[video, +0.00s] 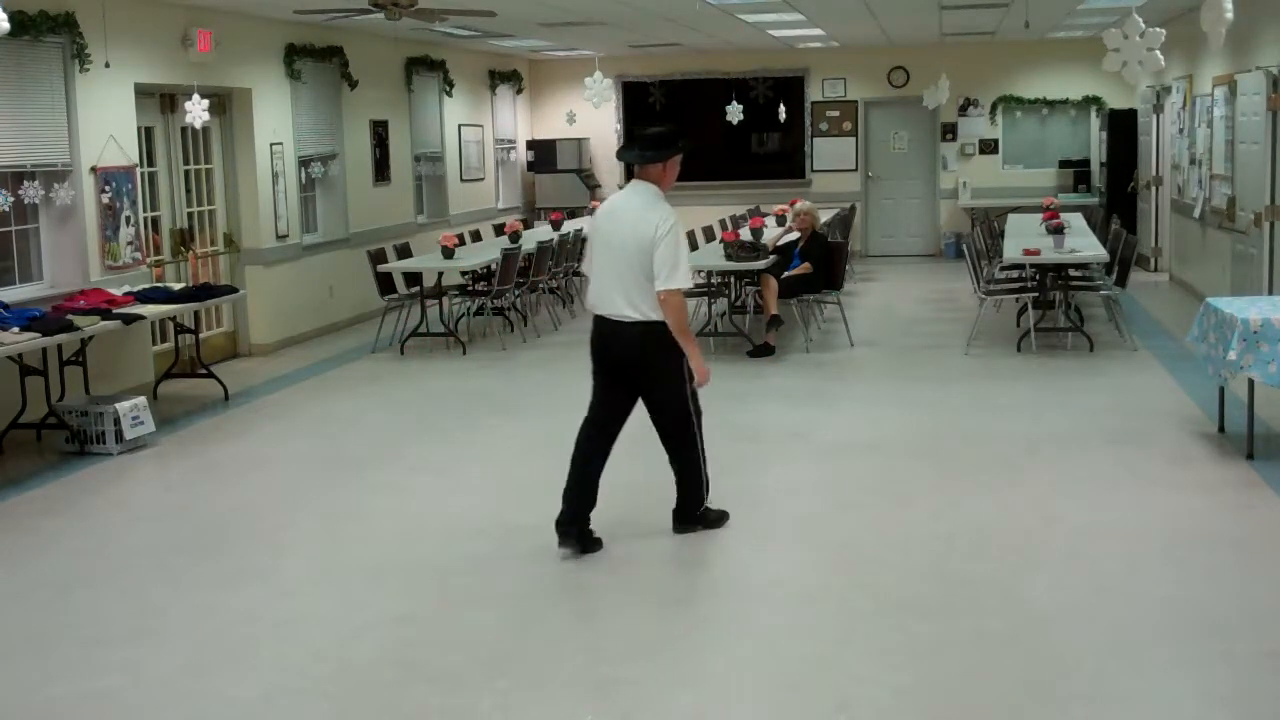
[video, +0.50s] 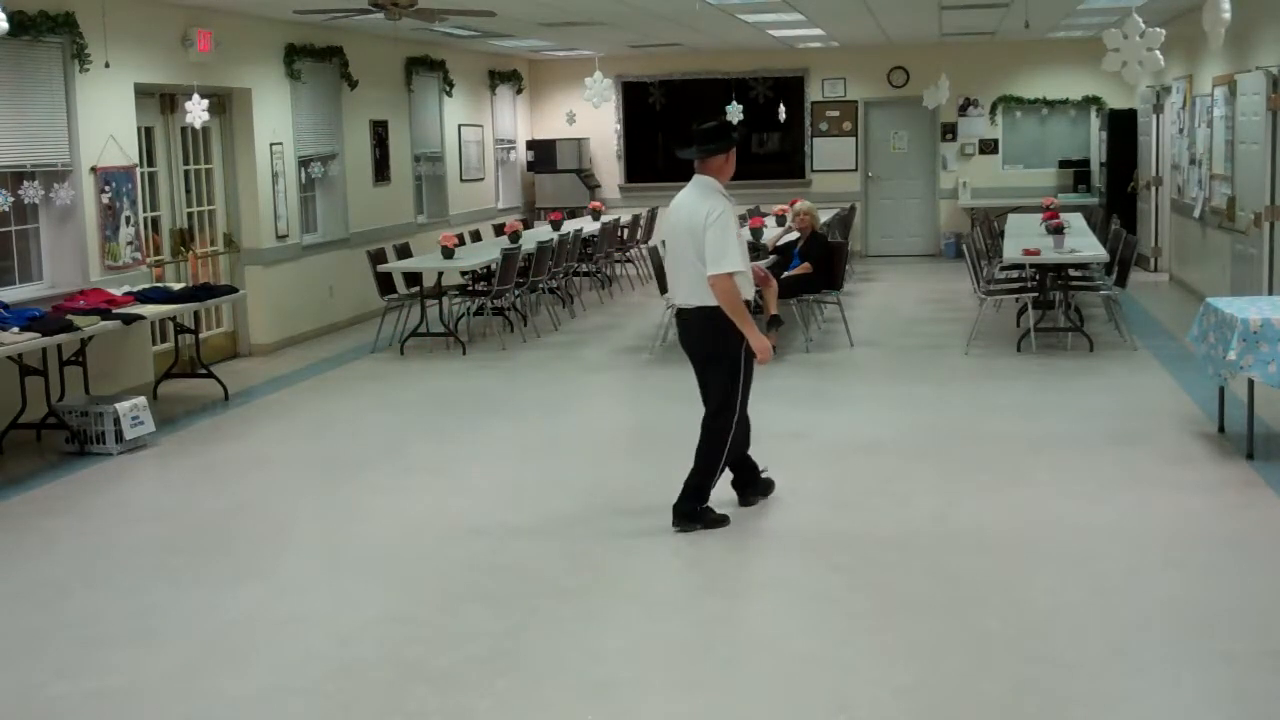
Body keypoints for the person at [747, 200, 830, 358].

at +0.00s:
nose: (801, 218)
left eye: (805, 215)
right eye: (798, 215)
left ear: (813, 219)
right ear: (795, 220)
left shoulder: (820, 240)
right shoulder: (796, 242)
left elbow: (809, 267)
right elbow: (767, 249)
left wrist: (785, 276)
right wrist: (784, 231)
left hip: (809, 279)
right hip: (790, 275)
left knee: (768, 292)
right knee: (765, 275)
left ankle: (769, 343)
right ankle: (774, 315)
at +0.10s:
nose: (801, 218)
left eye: (805, 214)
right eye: (798, 215)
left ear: (813, 218)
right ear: (794, 220)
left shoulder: (820, 240)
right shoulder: (796, 242)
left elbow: (809, 267)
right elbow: (767, 249)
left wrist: (785, 276)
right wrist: (784, 231)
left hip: (809, 279)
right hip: (790, 275)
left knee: (768, 292)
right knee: (765, 275)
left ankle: (769, 343)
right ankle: (774, 315)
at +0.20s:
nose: (801, 217)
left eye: (805, 214)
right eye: (798, 214)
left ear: (813, 218)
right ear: (794, 219)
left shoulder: (820, 240)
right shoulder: (796, 242)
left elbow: (809, 267)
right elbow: (767, 249)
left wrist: (785, 276)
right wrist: (784, 231)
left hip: (809, 279)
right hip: (790, 275)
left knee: (768, 291)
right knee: (765, 275)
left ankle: (769, 343)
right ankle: (773, 315)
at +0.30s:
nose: (801, 217)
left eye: (805, 214)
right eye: (798, 214)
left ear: (813, 219)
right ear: (794, 220)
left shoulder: (820, 239)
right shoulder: (795, 242)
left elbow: (809, 267)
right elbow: (767, 249)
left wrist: (785, 276)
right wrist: (784, 231)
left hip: (809, 279)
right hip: (790, 275)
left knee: (768, 292)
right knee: (765, 275)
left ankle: (769, 343)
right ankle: (773, 315)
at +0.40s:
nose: (801, 217)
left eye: (805, 214)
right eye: (798, 214)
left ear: (813, 219)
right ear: (794, 219)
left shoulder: (820, 239)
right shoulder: (795, 242)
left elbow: (810, 266)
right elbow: (769, 249)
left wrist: (784, 276)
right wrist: (784, 231)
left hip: (809, 279)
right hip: (791, 277)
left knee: (768, 292)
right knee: (767, 277)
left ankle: (770, 343)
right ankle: (773, 315)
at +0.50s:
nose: (801, 217)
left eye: (805, 214)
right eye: (798, 215)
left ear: (813, 219)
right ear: (794, 219)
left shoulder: (819, 239)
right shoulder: (795, 243)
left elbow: (810, 266)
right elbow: (767, 249)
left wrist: (785, 276)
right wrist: (785, 231)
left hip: (810, 279)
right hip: (791, 277)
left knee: (768, 291)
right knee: (767, 277)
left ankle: (771, 341)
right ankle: (773, 316)